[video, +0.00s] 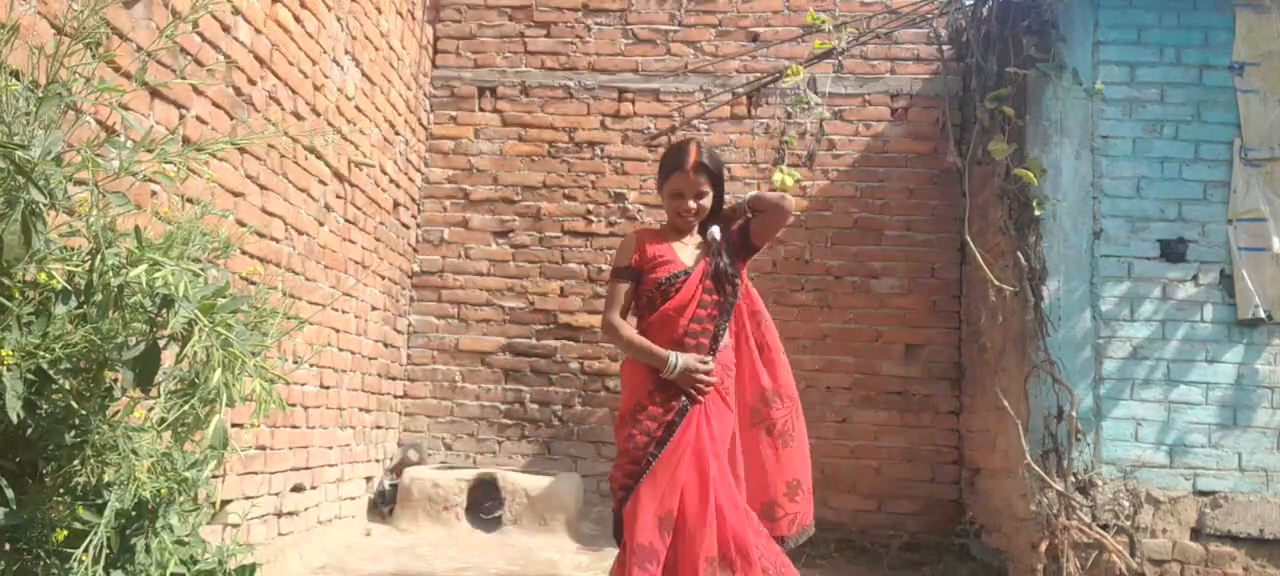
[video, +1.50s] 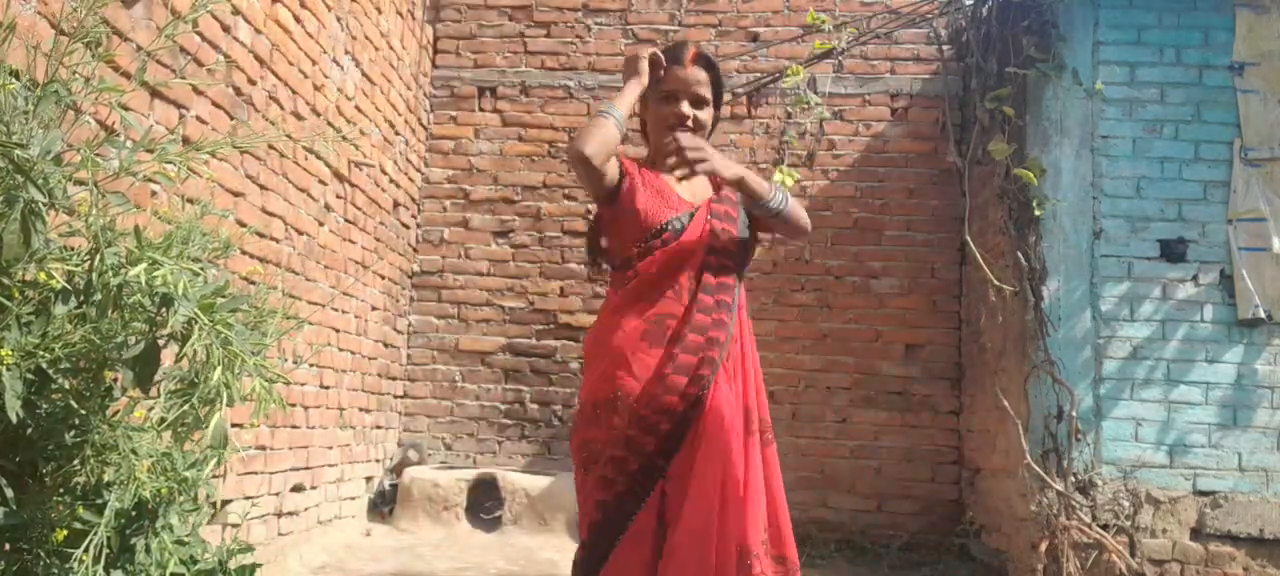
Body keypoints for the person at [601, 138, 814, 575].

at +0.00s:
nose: (689, 206)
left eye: (699, 196)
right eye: (678, 194)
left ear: (715, 196)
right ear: (660, 189)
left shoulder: (726, 243)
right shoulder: (641, 243)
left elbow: (783, 209)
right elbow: (614, 322)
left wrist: (745, 204)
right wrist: (671, 362)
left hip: (712, 396)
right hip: (652, 394)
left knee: (711, 508)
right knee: (649, 509)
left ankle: (704, 572)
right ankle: (648, 572)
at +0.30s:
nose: (682, 191)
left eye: (693, 180)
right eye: (671, 179)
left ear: (711, 184)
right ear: (654, 180)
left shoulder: (721, 238)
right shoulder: (631, 236)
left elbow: (769, 263)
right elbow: (596, 316)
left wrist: (756, 195)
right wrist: (621, 352)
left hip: (699, 393)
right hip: (636, 394)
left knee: (699, 510)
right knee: (635, 510)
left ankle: (699, 570)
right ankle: (637, 571)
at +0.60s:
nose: (683, 157)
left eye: (698, 150)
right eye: (674, 143)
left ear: (713, 163)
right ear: (655, 145)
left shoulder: (720, 218)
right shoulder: (622, 211)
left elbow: (760, 301)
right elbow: (582, 297)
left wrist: (749, 234)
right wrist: (613, 259)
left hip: (706, 366)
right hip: (636, 368)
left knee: (661, 474)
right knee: (632, 499)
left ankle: (695, 569)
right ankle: (634, 573)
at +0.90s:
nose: (684, 155)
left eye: (698, 147)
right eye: (674, 142)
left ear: (713, 158)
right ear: (653, 147)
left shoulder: (724, 217)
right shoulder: (621, 220)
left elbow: (766, 284)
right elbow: (558, 279)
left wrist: (775, 192)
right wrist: (591, 203)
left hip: (707, 390)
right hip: (634, 390)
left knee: (692, 540)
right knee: (642, 535)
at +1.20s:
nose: (685, 127)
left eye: (701, 118)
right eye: (671, 114)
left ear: (719, 132)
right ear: (649, 125)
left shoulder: (737, 203)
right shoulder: (625, 198)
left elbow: (809, 198)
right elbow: (562, 178)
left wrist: (760, 118)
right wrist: (619, 116)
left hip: (727, 367)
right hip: (647, 370)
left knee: (733, 507)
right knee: (654, 504)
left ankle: (736, 572)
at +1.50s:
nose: (685, 113)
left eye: (699, 102)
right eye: (670, 98)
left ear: (716, 112)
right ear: (646, 108)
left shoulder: (730, 190)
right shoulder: (625, 177)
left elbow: (800, 227)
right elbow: (585, 153)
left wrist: (733, 171)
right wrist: (634, 86)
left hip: (721, 381)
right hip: (636, 382)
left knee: (728, 535)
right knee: (629, 539)